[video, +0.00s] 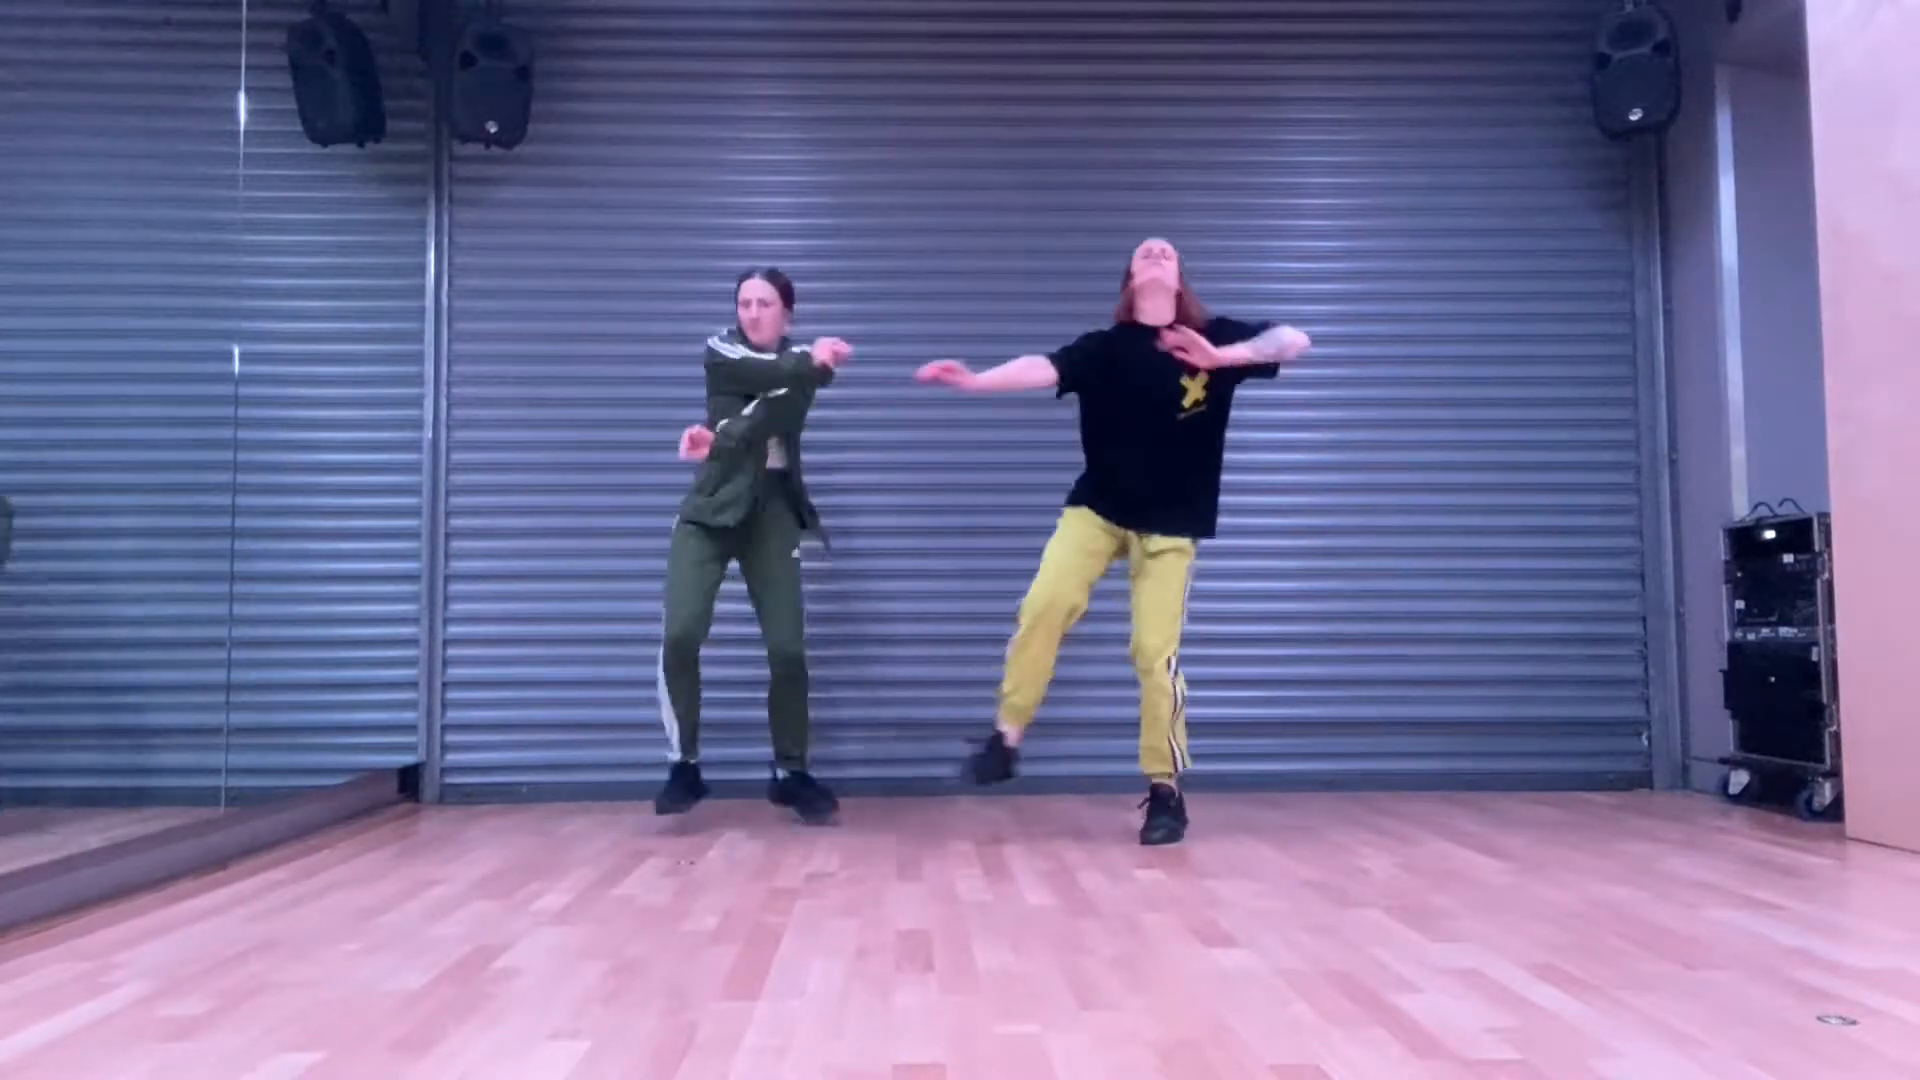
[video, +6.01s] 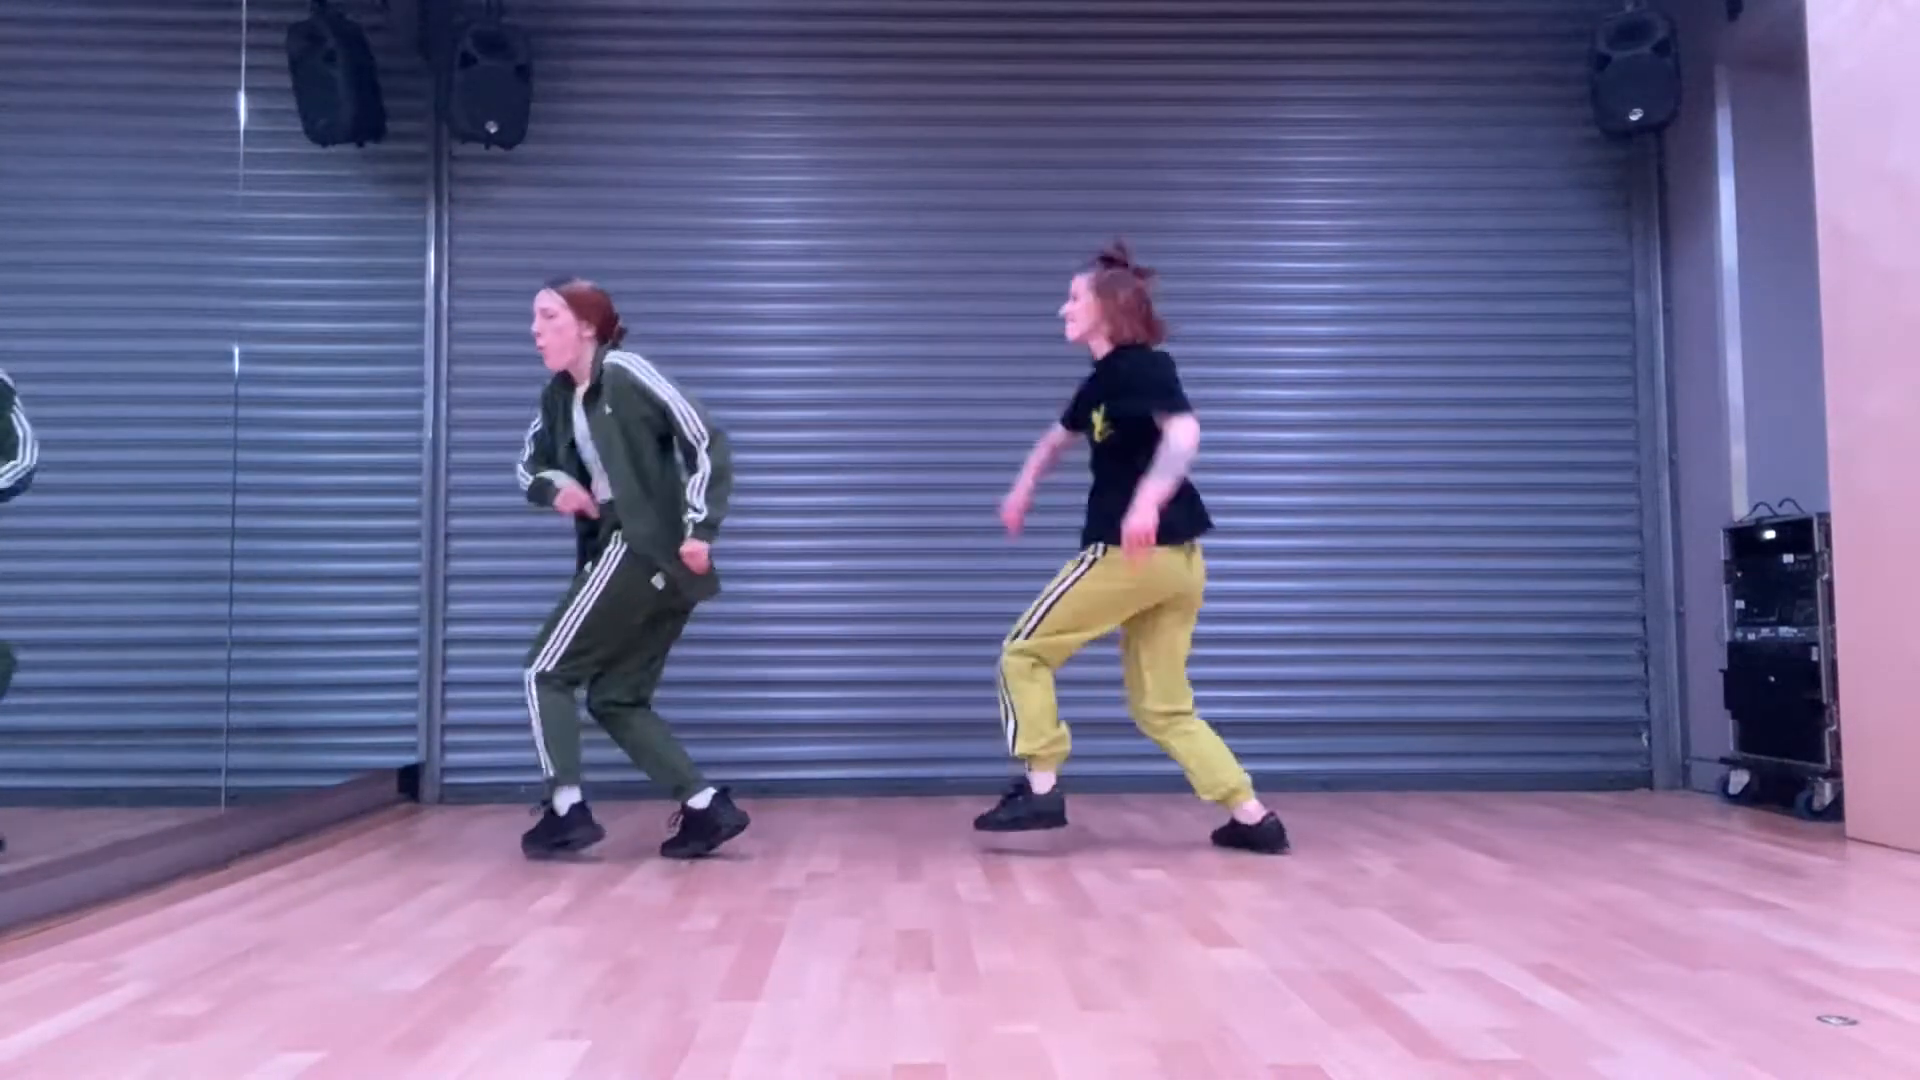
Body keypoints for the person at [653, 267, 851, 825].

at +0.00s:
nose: (753, 312)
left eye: (765, 304)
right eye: (745, 304)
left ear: (788, 314)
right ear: (735, 313)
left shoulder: (804, 366)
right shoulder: (719, 352)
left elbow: (778, 414)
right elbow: (759, 369)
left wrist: (719, 435)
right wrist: (812, 362)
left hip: (772, 507)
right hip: (709, 505)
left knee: (788, 648)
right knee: (680, 635)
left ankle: (790, 774)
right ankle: (684, 768)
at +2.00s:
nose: (685, 366)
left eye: (694, 357)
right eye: (675, 356)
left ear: (710, 361)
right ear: (661, 361)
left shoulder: (732, 399)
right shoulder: (636, 409)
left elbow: (748, 461)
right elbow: (609, 477)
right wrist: (618, 539)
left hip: (730, 536)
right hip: (669, 539)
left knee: (740, 666)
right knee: (668, 664)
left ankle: (719, 761)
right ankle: (672, 771)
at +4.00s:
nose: (667, 299)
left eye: (681, 289)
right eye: (658, 289)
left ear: (705, 302)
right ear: (646, 303)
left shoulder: (731, 382)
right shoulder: (635, 361)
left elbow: (786, 454)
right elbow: (613, 347)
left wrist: (853, 447)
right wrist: (603, 328)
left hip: (707, 544)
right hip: (629, 540)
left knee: (720, 685)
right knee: (552, 682)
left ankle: (746, 820)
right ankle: (471, 824)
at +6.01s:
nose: (537, 331)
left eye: (550, 318)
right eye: (536, 319)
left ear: (589, 327)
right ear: (549, 331)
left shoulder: (625, 372)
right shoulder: (558, 396)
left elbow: (705, 444)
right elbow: (530, 469)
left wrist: (698, 532)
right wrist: (556, 487)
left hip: (635, 549)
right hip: (662, 559)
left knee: (548, 673)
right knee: (615, 699)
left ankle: (567, 809)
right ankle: (705, 804)